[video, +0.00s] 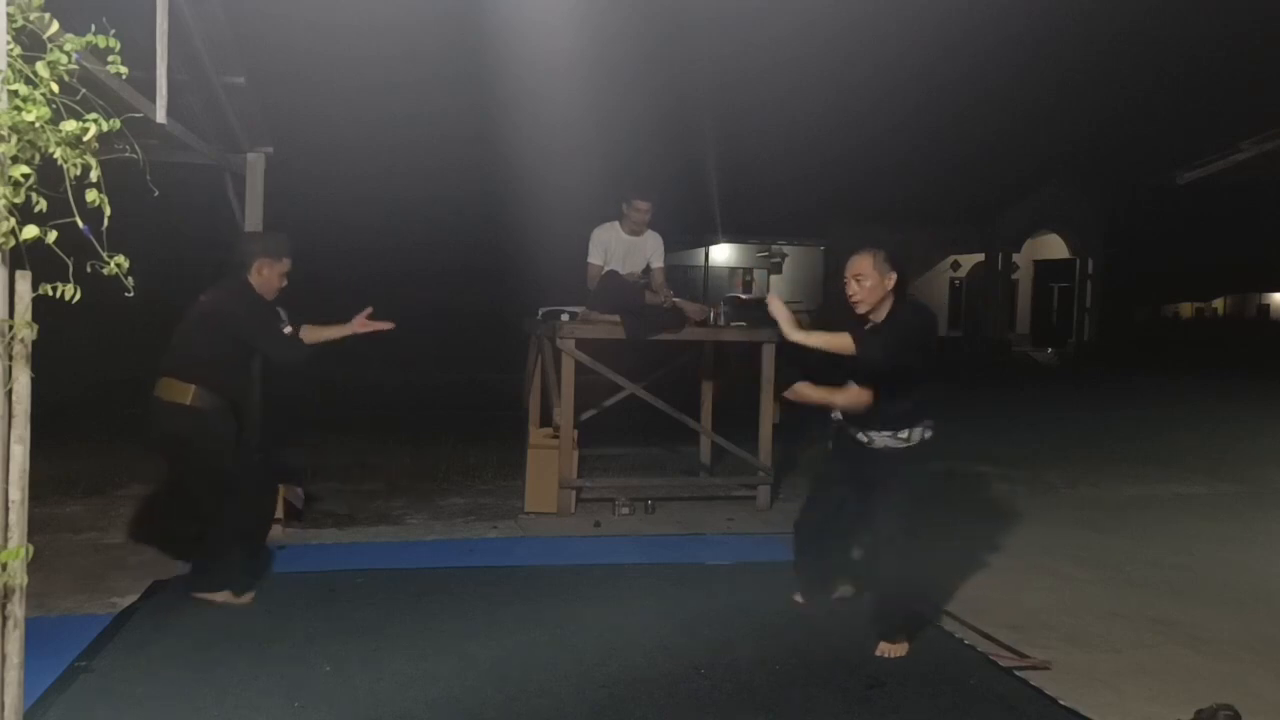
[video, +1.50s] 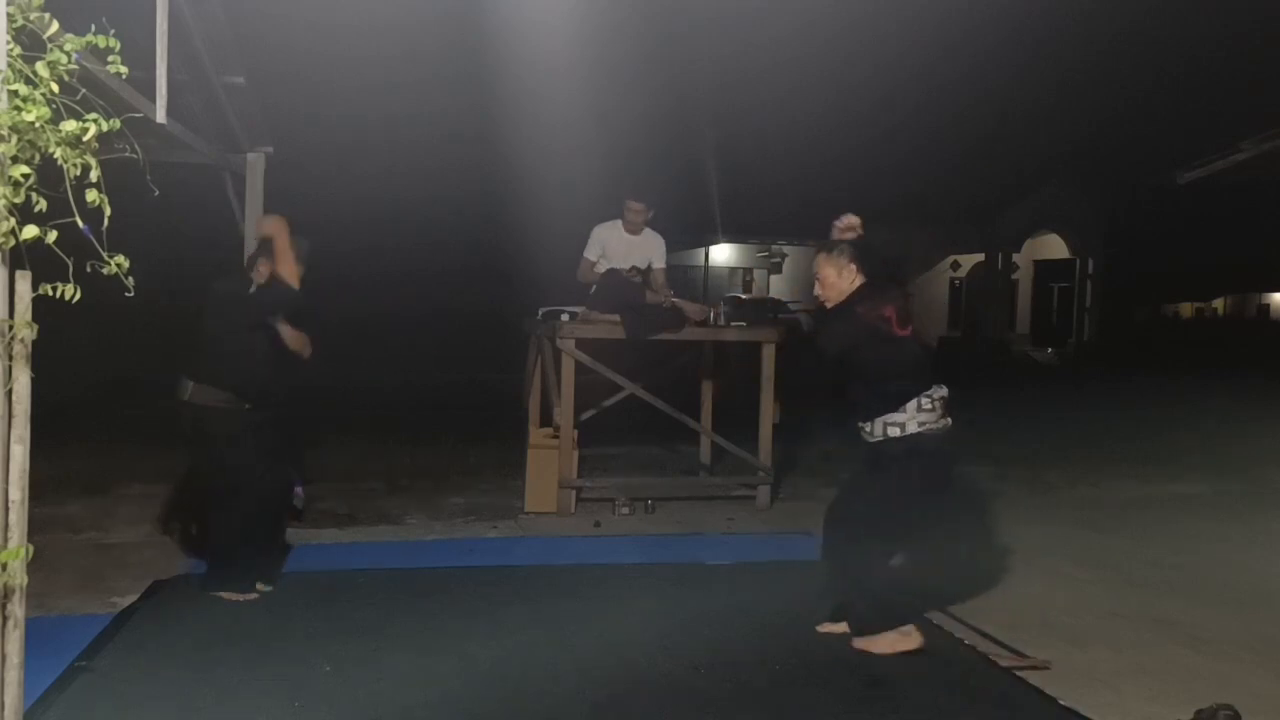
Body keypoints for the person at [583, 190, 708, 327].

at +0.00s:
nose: (642, 217)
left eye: (647, 212)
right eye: (637, 211)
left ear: (651, 213)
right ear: (625, 209)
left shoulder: (654, 240)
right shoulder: (602, 234)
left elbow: (659, 283)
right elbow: (592, 283)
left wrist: (665, 295)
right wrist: (623, 280)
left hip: (637, 299)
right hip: (604, 299)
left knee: (676, 317)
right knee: (611, 278)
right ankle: (680, 305)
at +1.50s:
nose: (631, 216)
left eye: (638, 212)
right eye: (628, 210)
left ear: (649, 214)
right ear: (623, 209)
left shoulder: (656, 242)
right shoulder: (602, 232)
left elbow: (660, 283)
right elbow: (583, 275)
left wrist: (668, 298)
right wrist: (617, 276)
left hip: (636, 302)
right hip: (602, 300)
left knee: (673, 316)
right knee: (612, 278)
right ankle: (679, 306)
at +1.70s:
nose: (624, 217)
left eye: (630, 213)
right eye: (622, 211)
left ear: (644, 214)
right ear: (618, 209)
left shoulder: (655, 241)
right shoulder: (601, 230)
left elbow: (660, 282)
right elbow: (579, 267)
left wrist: (669, 296)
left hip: (634, 301)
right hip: (601, 299)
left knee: (673, 317)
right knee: (612, 278)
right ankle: (679, 306)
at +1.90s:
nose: (618, 217)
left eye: (624, 213)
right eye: (616, 212)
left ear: (639, 214)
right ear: (612, 210)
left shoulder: (653, 240)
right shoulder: (598, 229)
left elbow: (659, 282)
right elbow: (573, 263)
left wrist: (669, 298)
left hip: (633, 301)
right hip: (600, 299)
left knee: (675, 317)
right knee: (612, 275)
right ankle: (680, 306)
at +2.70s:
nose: (627, 214)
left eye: (634, 210)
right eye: (625, 208)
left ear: (648, 212)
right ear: (620, 207)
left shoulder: (655, 241)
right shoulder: (600, 227)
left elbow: (659, 282)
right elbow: (577, 256)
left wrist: (668, 296)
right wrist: (569, 294)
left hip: (634, 301)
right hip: (600, 299)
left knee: (675, 317)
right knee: (613, 276)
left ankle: (604, 316)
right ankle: (681, 306)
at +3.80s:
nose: (632, 216)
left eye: (640, 212)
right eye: (629, 210)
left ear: (650, 214)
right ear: (623, 208)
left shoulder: (655, 241)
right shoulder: (601, 227)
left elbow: (660, 284)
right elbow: (577, 256)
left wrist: (669, 297)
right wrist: (567, 295)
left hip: (634, 301)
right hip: (601, 298)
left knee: (674, 317)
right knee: (613, 276)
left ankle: (603, 317)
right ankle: (679, 306)